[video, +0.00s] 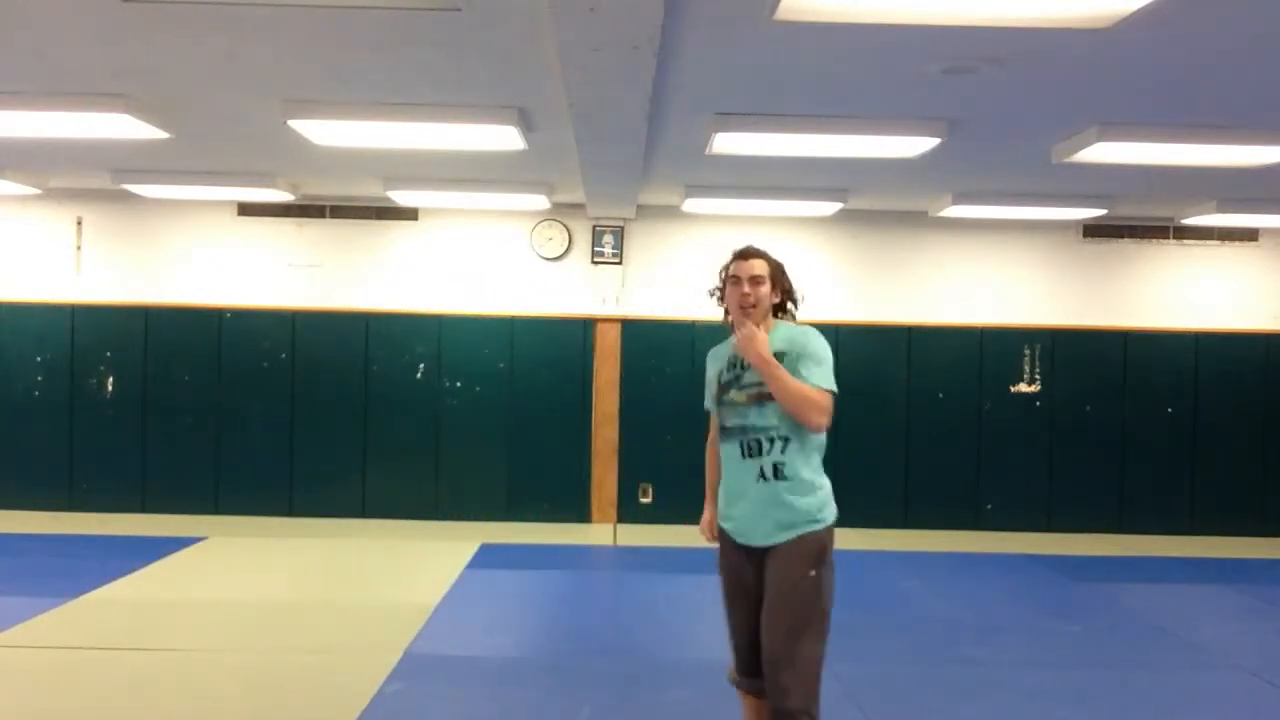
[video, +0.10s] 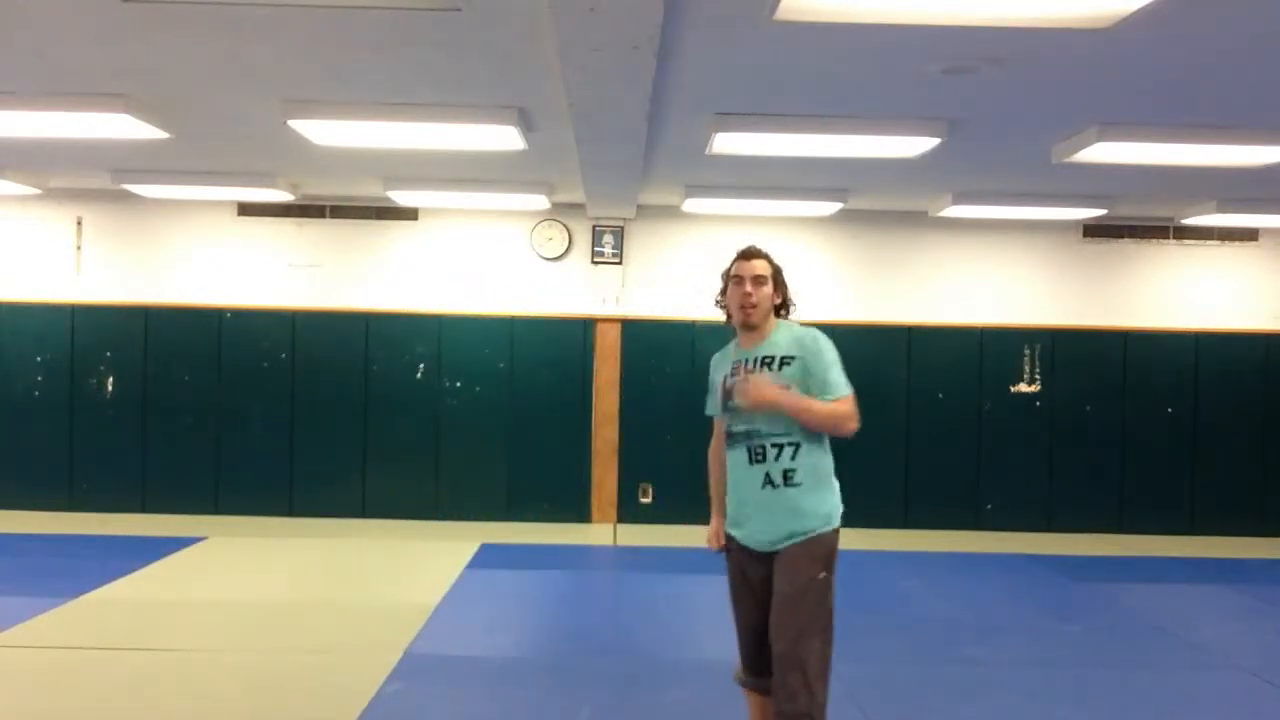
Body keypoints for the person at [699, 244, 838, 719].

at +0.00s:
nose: (746, 291)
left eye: (756, 281)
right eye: (736, 282)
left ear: (777, 291)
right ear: (724, 294)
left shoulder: (806, 343)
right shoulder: (718, 358)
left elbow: (818, 415)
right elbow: (716, 435)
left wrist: (761, 358)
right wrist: (711, 503)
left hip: (800, 526)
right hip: (736, 527)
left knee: (787, 674)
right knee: (750, 672)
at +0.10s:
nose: (747, 291)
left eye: (759, 281)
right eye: (737, 282)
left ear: (777, 293)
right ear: (725, 295)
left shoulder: (810, 343)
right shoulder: (722, 361)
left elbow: (846, 419)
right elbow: (719, 440)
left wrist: (777, 398)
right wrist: (717, 515)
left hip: (807, 526)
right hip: (743, 528)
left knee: (794, 659)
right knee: (756, 660)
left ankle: (797, 717)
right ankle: (761, 715)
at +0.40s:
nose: (780, 288)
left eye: (791, 279)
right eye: (770, 279)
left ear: (806, 290)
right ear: (753, 292)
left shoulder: (841, 348)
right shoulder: (741, 361)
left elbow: (881, 426)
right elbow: (739, 439)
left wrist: (876, 508)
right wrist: (734, 505)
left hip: (835, 535)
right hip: (763, 535)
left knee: (850, 668)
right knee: (766, 668)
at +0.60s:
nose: (829, 288)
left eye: (839, 280)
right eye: (817, 278)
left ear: (851, 293)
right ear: (796, 291)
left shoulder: (880, 355)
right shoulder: (770, 360)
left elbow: (911, 430)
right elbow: (751, 436)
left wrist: (903, 505)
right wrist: (745, 506)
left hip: (861, 535)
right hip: (783, 536)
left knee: (903, 671)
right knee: (776, 669)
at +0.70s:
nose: (862, 293)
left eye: (872, 285)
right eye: (849, 283)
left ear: (882, 299)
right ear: (827, 296)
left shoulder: (909, 362)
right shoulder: (794, 363)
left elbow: (931, 438)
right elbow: (765, 440)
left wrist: (923, 507)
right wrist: (765, 510)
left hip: (881, 544)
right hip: (800, 544)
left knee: (928, 679)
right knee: (782, 677)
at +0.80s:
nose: (900, 299)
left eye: (909, 290)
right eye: (887, 290)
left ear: (919, 303)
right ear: (863, 302)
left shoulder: (943, 370)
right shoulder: (826, 368)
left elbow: (958, 443)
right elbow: (786, 441)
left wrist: (957, 504)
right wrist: (795, 509)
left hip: (910, 548)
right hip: (828, 547)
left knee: (950, 676)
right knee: (794, 677)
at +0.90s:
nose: (942, 301)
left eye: (950, 292)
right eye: (928, 292)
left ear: (960, 304)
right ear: (904, 305)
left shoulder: (976, 375)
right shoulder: (867, 366)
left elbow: (989, 450)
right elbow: (817, 442)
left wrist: (996, 501)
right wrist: (839, 506)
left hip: (934, 557)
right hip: (853, 554)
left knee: (971, 696)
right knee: (810, 682)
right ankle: (794, 708)